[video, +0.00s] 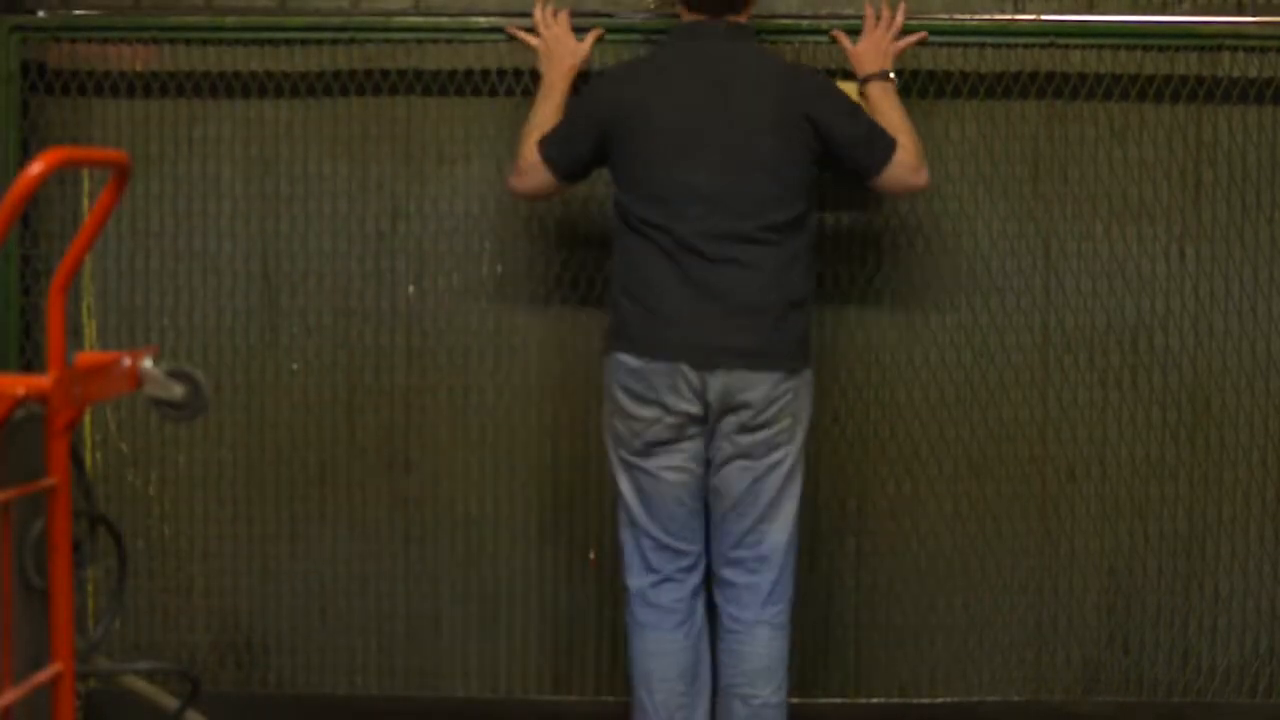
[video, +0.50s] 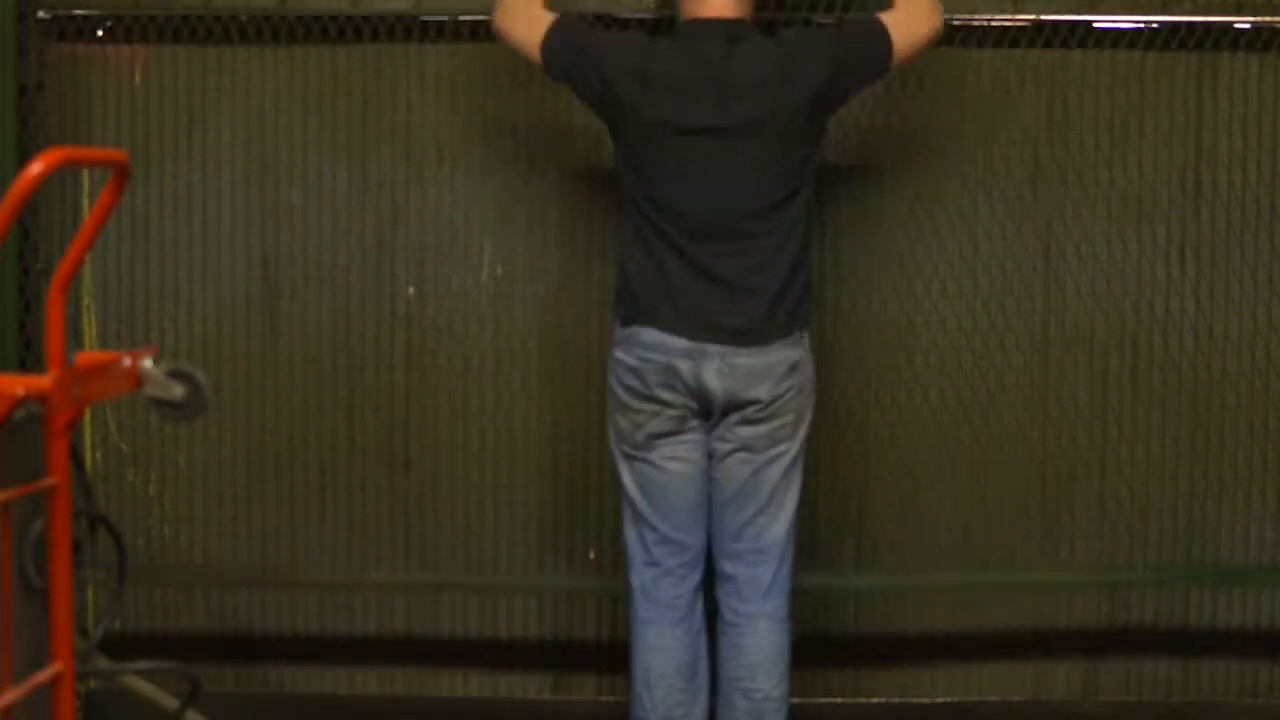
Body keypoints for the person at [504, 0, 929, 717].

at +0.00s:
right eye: (748, 2)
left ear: (677, 4)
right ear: (752, 6)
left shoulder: (628, 87)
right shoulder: (795, 89)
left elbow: (528, 174)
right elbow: (908, 170)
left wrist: (556, 74)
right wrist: (876, 76)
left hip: (651, 353)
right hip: (765, 357)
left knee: (663, 574)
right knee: (754, 576)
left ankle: (670, 717)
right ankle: (753, 715)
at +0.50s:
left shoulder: (629, 65)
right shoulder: (802, 64)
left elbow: (516, 16)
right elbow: (920, 16)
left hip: (653, 337)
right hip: (764, 343)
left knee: (663, 571)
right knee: (755, 574)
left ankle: (668, 714)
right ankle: (754, 713)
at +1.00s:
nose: (655, 18)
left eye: (655, 13)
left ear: (661, 14)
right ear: (735, 20)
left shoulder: (619, 103)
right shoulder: (786, 105)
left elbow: (603, 253)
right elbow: (801, 258)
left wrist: (590, 374)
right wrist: (814, 376)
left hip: (637, 346)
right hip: (754, 356)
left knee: (655, 582)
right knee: (746, 585)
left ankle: (666, 717)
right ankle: (745, 716)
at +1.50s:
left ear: (660, 7)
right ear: (740, 7)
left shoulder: (605, 90)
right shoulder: (793, 93)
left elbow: (584, 243)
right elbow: (814, 254)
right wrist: (833, 216)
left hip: (636, 367)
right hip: (752, 371)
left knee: (654, 583)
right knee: (744, 584)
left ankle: (665, 716)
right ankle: (745, 714)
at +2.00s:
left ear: (664, 10)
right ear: (741, 11)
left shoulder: (620, 83)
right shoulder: (781, 88)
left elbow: (543, 96)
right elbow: (863, 106)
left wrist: (583, 1)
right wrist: (843, 11)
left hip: (638, 358)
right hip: (750, 363)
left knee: (656, 579)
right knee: (744, 580)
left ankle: (666, 714)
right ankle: (744, 713)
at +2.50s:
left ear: (665, 1)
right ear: (740, 2)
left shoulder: (620, 77)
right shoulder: (785, 76)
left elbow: (528, 114)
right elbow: (863, 117)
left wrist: (557, 38)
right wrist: (813, 38)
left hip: (639, 355)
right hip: (753, 361)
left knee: (658, 581)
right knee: (746, 584)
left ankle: (664, 715)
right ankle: (744, 716)